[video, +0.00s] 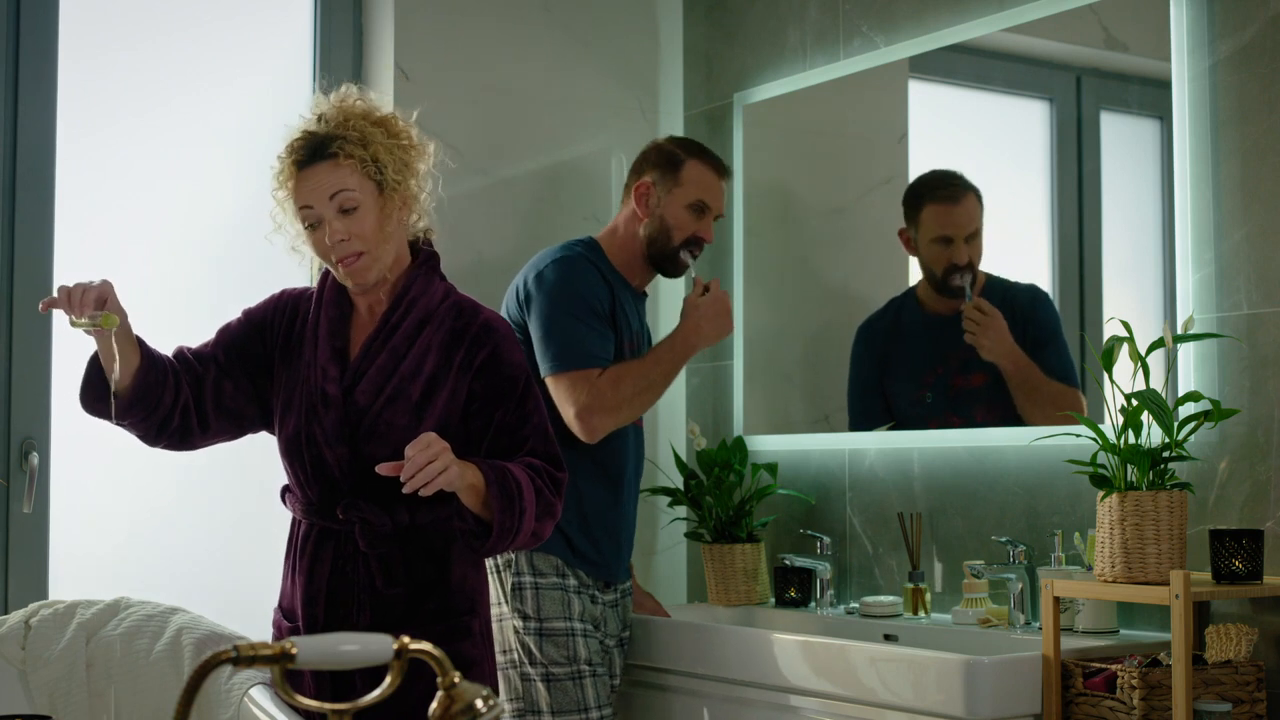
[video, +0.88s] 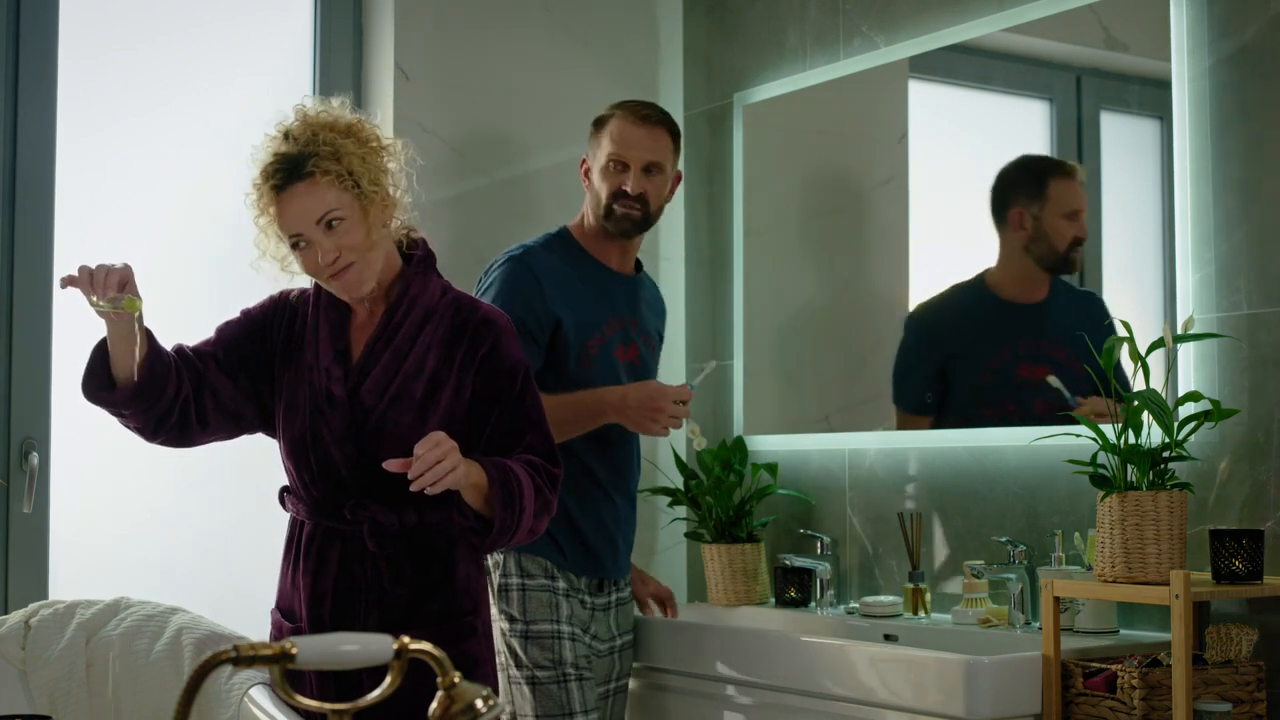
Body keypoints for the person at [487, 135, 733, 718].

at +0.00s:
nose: (707, 233)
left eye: (714, 219)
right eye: (697, 210)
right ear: (643, 198)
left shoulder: (629, 303)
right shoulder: (564, 276)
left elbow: (596, 465)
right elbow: (587, 412)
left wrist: (623, 581)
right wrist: (689, 337)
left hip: (599, 578)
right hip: (544, 570)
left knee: (586, 706)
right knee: (565, 710)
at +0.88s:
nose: (631, 185)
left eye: (650, 171)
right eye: (616, 165)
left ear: (672, 186)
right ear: (586, 170)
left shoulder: (646, 298)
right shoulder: (522, 276)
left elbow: (605, 448)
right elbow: (492, 422)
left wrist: (622, 566)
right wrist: (614, 404)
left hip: (606, 578)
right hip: (534, 572)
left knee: (600, 710)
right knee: (555, 712)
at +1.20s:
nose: (613, 178)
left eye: (636, 164)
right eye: (601, 156)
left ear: (668, 178)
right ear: (579, 156)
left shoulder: (668, 295)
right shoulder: (508, 265)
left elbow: (682, 441)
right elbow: (469, 413)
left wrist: (710, 563)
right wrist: (573, 404)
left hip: (604, 566)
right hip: (513, 556)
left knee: (594, 712)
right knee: (523, 714)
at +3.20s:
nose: (599, 187)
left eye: (623, 172)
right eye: (589, 164)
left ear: (665, 177)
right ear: (574, 153)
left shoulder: (681, 297)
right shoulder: (499, 265)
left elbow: (697, 457)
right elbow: (454, 414)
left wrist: (720, 593)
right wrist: (548, 411)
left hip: (609, 594)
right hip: (496, 586)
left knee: (602, 712)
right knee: (494, 713)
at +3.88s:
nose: (605, 176)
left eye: (623, 158)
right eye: (588, 156)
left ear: (648, 166)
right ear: (559, 158)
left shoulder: (650, 296)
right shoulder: (516, 271)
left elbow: (666, 440)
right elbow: (483, 406)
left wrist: (706, 564)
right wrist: (580, 389)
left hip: (607, 575)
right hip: (518, 568)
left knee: (595, 712)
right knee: (519, 710)